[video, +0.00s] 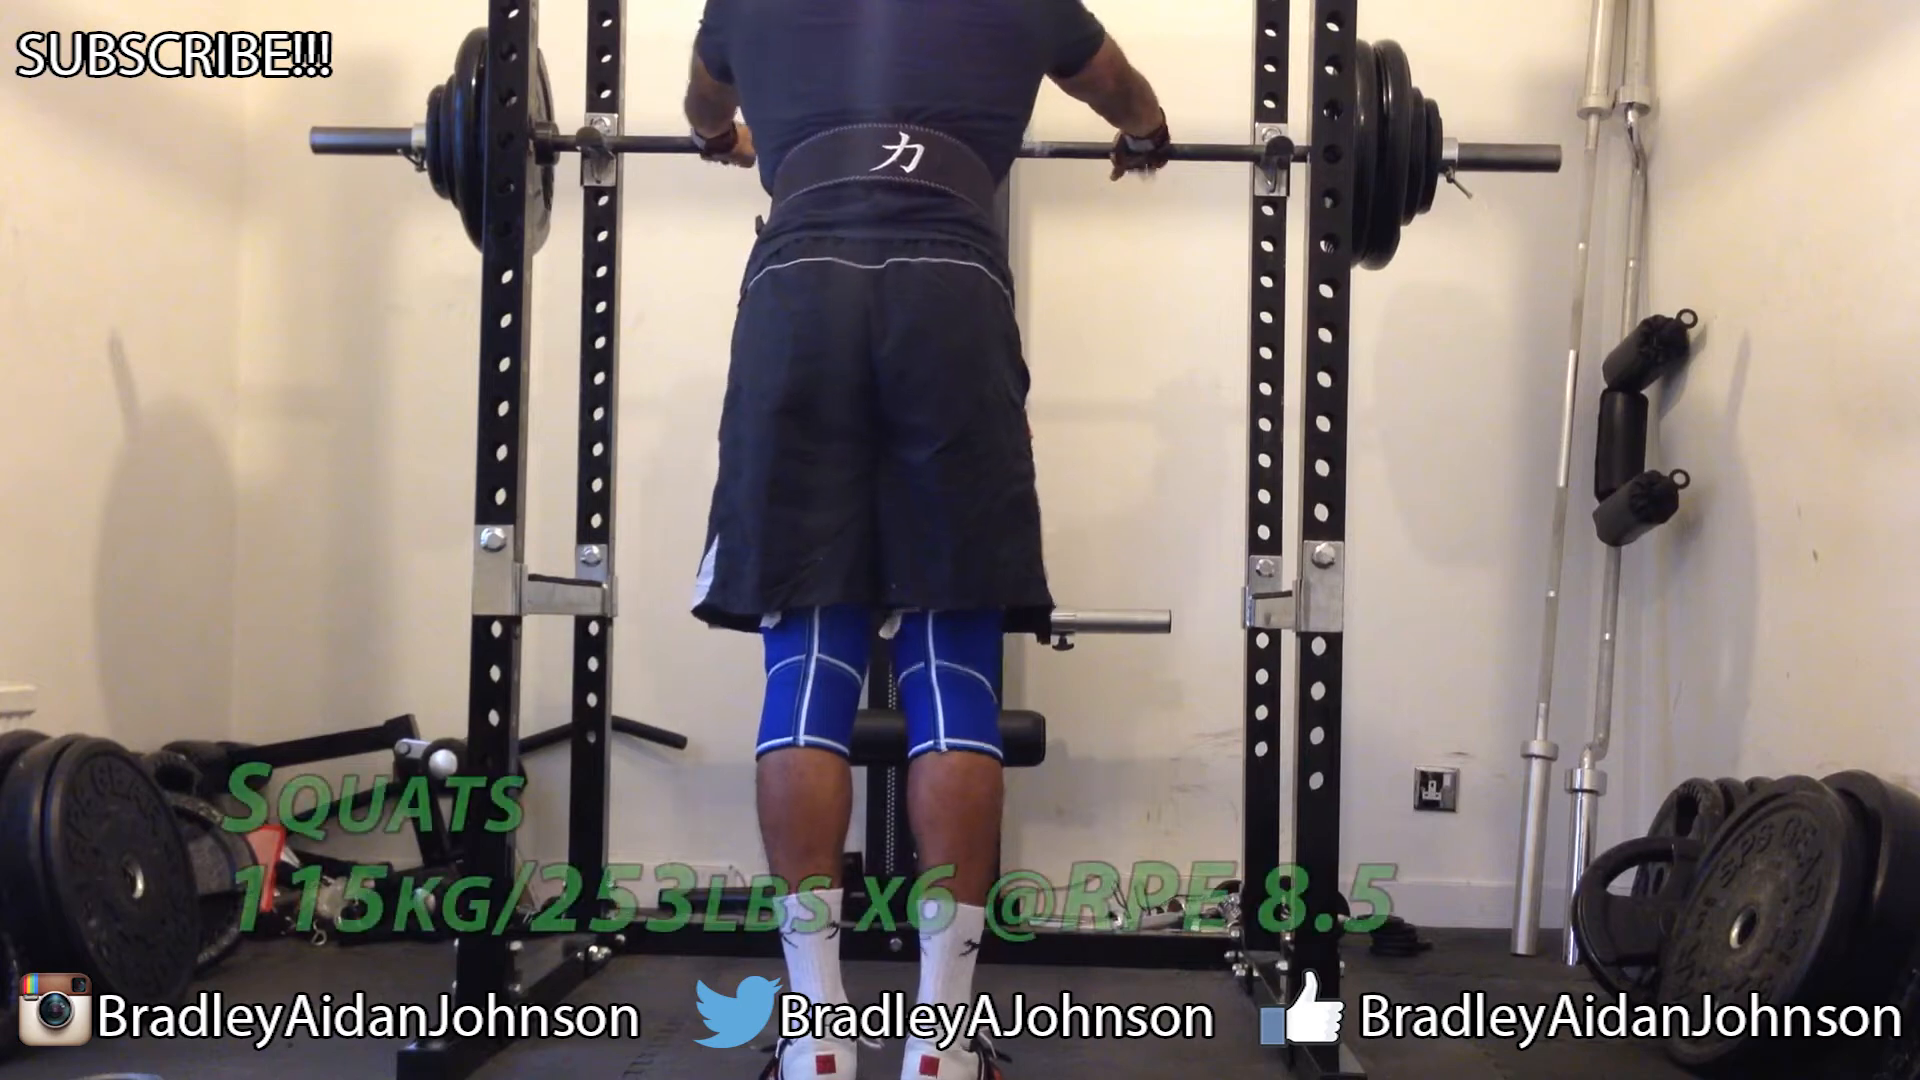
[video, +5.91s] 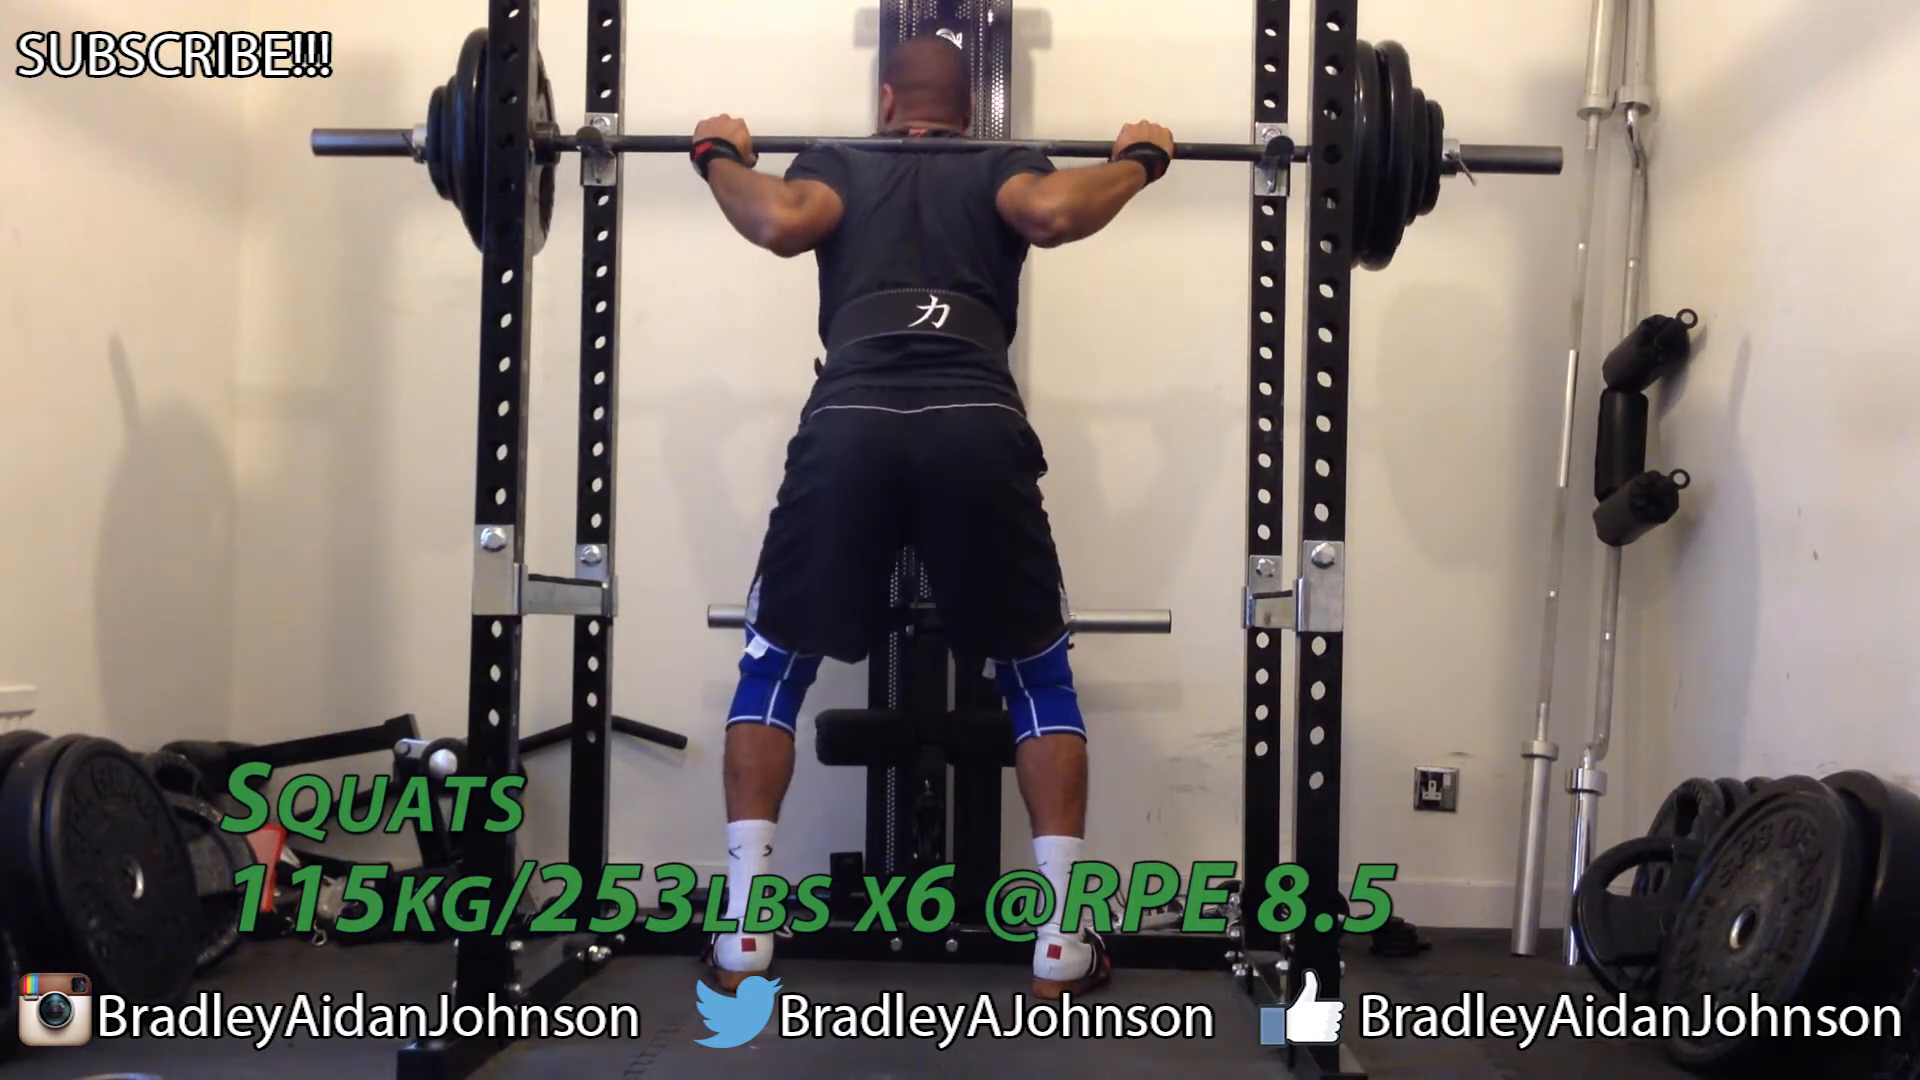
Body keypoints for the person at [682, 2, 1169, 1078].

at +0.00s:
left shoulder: (748, 8)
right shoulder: (1019, 5)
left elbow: (710, 103)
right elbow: (1117, 86)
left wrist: (719, 130)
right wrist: (1146, 125)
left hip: (796, 298)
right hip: (949, 297)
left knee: (806, 648)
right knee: (954, 654)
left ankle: (818, 1025)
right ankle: (943, 1027)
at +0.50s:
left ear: (870, 109)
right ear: (968, 111)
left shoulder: (797, 147)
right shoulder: (1014, 143)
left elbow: (618, 167)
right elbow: (1199, 149)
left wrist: (700, 139)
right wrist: (1150, 135)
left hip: (816, 363)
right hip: (970, 360)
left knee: (814, 678)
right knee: (977, 665)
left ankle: (818, 1002)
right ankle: (979, 972)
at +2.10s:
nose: (958, 120)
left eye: (921, 107)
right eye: (966, 110)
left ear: (887, 123)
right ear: (973, 123)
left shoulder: (837, 182)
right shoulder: (1007, 182)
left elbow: (758, 269)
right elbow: (1085, 273)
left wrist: (716, 174)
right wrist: (1140, 179)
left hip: (844, 438)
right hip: (975, 440)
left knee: (780, 675)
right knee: (1035, 684)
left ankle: (745, 915)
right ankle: (1056, 930)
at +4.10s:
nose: (938, 102)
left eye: (901, 91)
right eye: (960, 91)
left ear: (883, 107)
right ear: (972, 106)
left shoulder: (837, 168)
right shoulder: (1006, 164)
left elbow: (778, 256)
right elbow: (1054, 254)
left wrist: (718, 178)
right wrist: (1137, 185)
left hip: (845, 410)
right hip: (974, 412)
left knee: (782, 663)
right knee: (1034, 675)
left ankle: (745, 918)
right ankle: (1061, 928)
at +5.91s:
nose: (885, 102)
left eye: (885, 90)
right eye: (898, 89)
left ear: (886, 101)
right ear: (971, 109)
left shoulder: (837, 162)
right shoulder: (1005, 162)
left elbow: (779, 222)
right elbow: (1049, 215)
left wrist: (723, 161)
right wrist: (1133, 163)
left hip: (847, 427)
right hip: (977, 429)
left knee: (773, 672)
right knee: (1039, 681)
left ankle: (744, 917)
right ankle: (1061, 929)